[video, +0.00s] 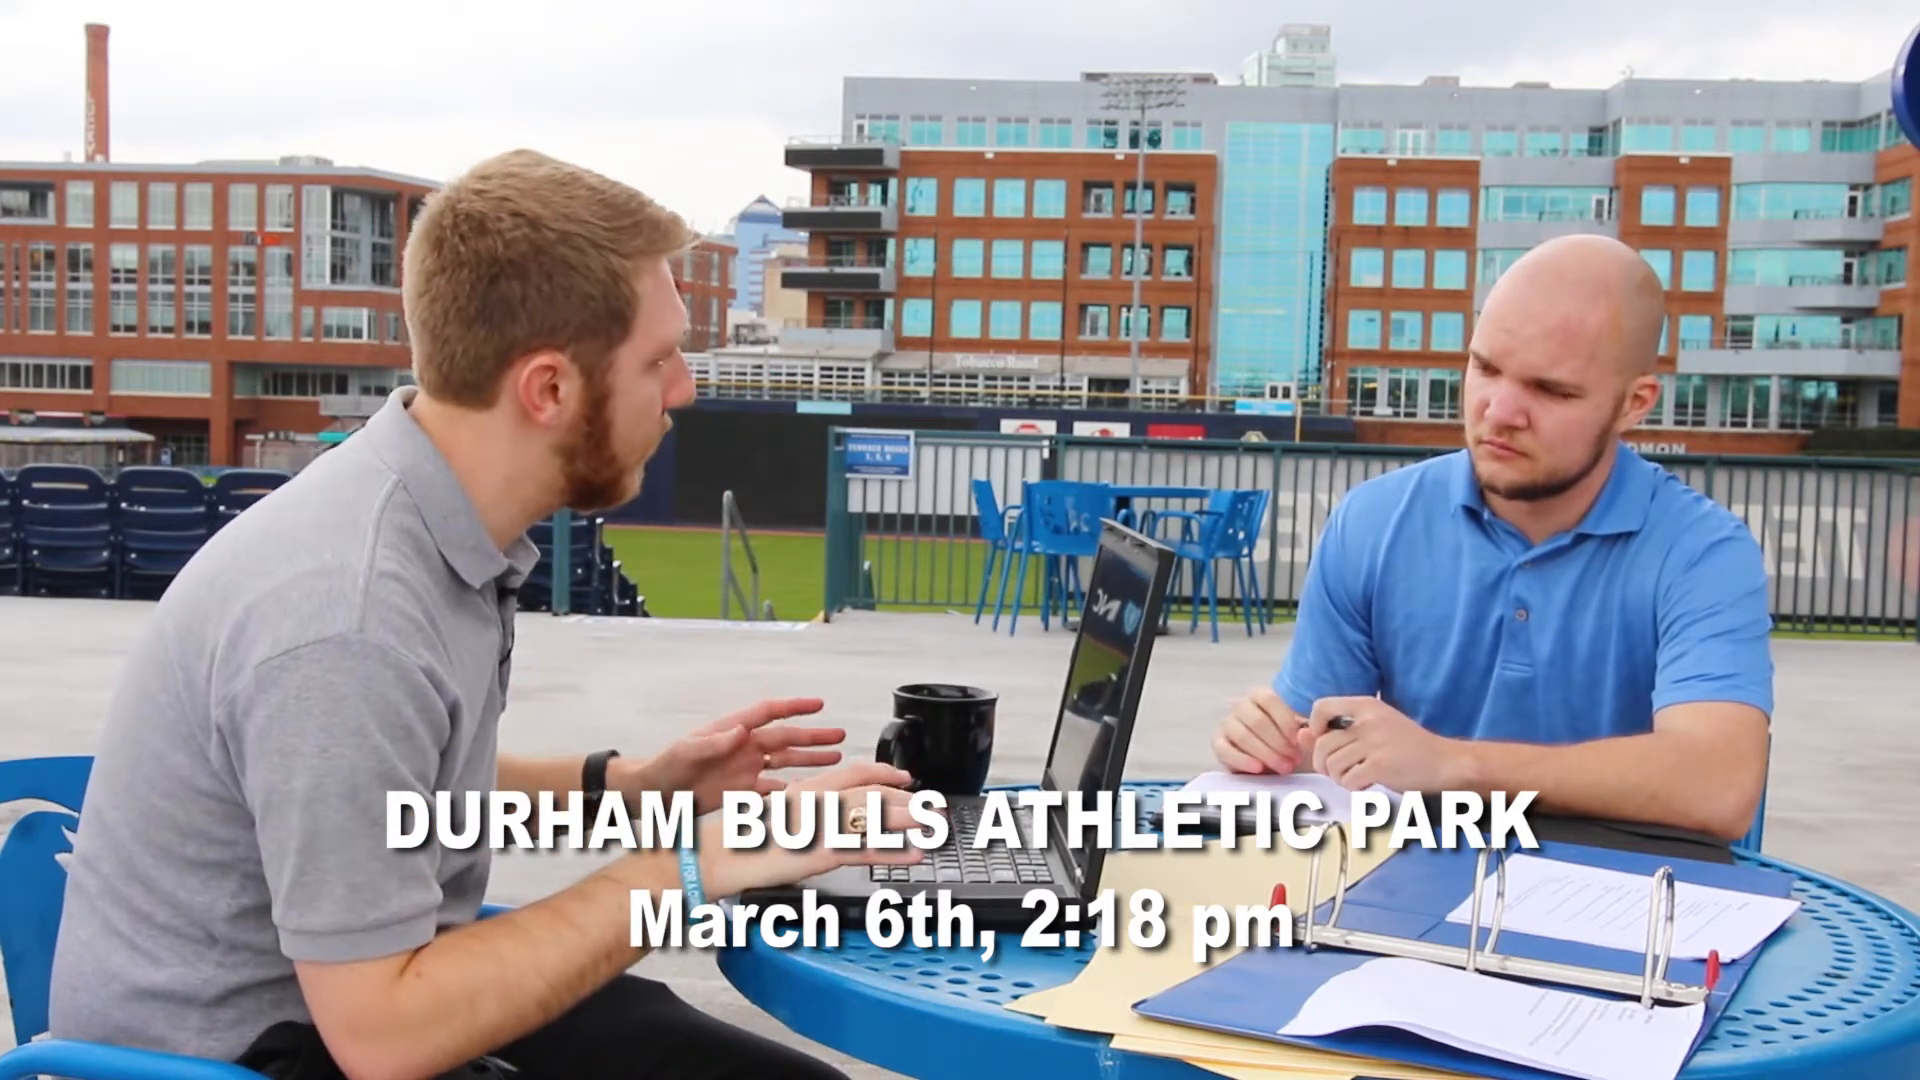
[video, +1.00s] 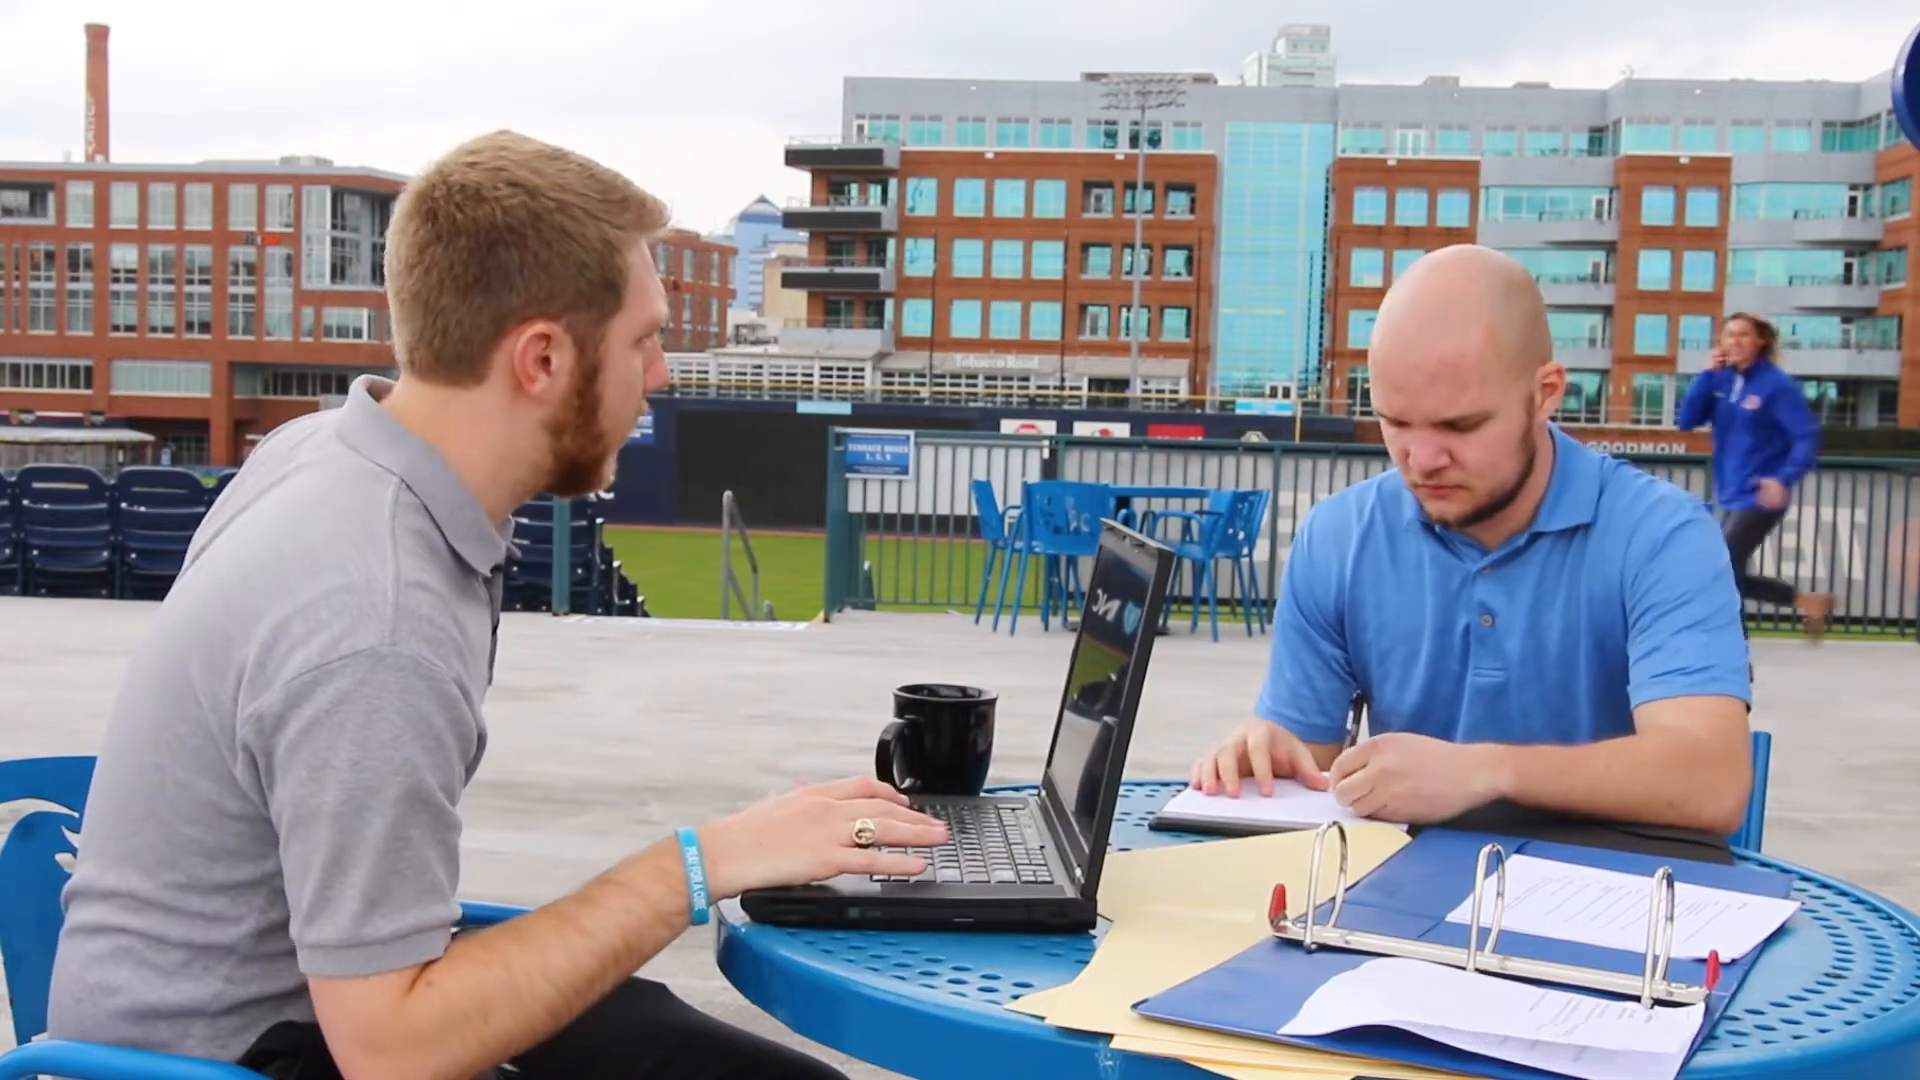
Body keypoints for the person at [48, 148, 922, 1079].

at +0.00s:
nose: (685, 393)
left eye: (678, 357)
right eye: (662, 362)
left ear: (539, 391)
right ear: (548, 391)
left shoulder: (424, 524)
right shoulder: (340, 621)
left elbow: (419, 791)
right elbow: (384, 1031)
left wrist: (638, 786)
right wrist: (693, 872)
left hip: (356, 977)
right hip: (220, 1048)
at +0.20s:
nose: (676, 389)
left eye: (668, 352)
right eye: (650, 360)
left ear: (525, 388)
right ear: (535, 390)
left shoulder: (418, 516)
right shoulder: (326, 623)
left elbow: (411, 783)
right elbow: (383, 1033)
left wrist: (629, 789)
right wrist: (692, 872)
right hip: (216, 1046)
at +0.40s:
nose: (652, 376)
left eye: (649, 343)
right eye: (641, 349)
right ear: (544, 392)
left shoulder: (388, 496)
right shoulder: (322, 630)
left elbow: (422, 730)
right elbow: (384, 1039)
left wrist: (650, 687)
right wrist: (689, 870)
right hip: (213, 1046)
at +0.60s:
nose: (651, 363)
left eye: (647, 329)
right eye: (640, 333)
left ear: (419, 338)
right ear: (546, 377)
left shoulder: (329, 460)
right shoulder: (354, 649)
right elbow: (392, 1049)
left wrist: (564, 487)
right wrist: (708, 863)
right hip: (213, 1054)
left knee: (628, 1009)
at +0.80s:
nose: (664, 372)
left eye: (660, 335)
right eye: (648, 340)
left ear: (528, 360)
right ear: (539, 368)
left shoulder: (323, 452)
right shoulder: (369, 640)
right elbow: (397, 1047)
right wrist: (709, 863)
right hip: (214, 1052)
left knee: (627, 1009)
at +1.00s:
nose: (663, 377)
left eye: (661, 339)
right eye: (647, 343)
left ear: (530, 356)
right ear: (538, 362)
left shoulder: (322, 458)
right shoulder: (365, 623)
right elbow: (393, 1037)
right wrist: (711, 860)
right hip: (211, 1049)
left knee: (611, 998)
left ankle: (817, 1066)